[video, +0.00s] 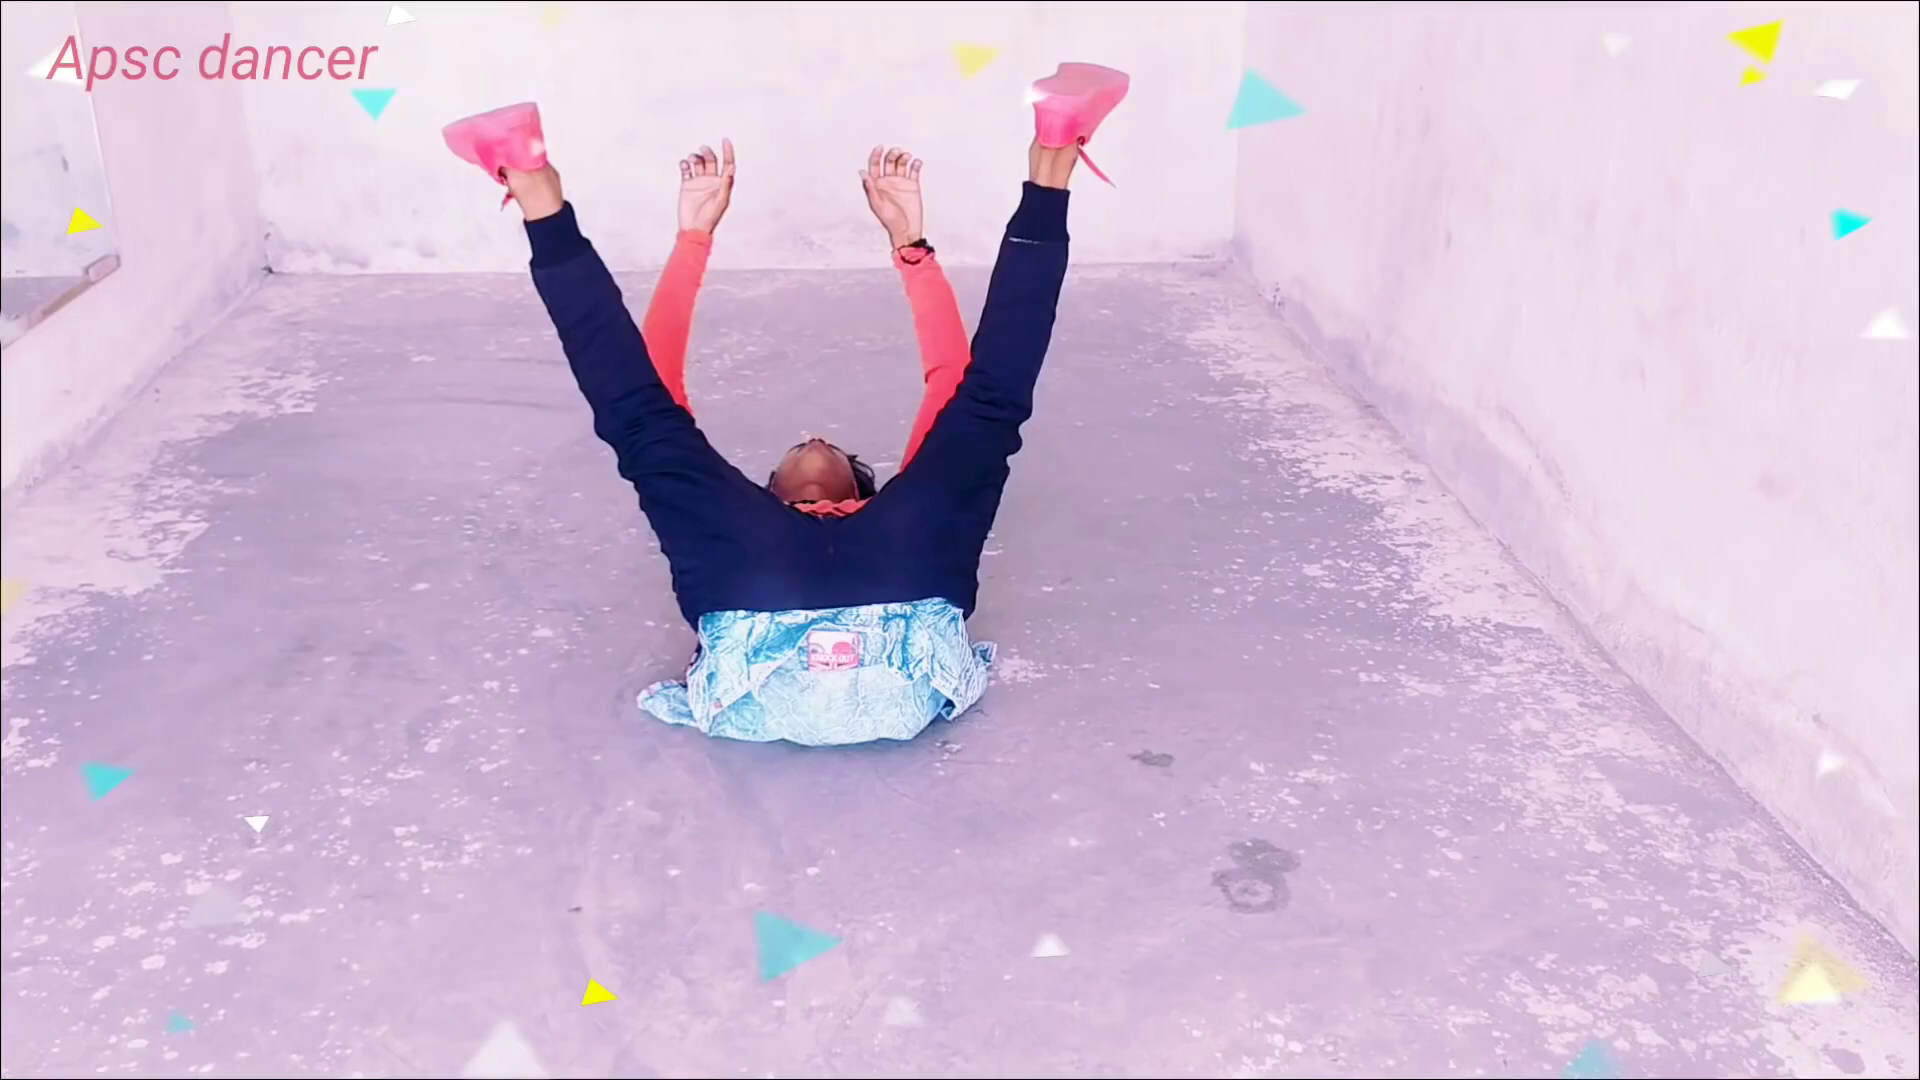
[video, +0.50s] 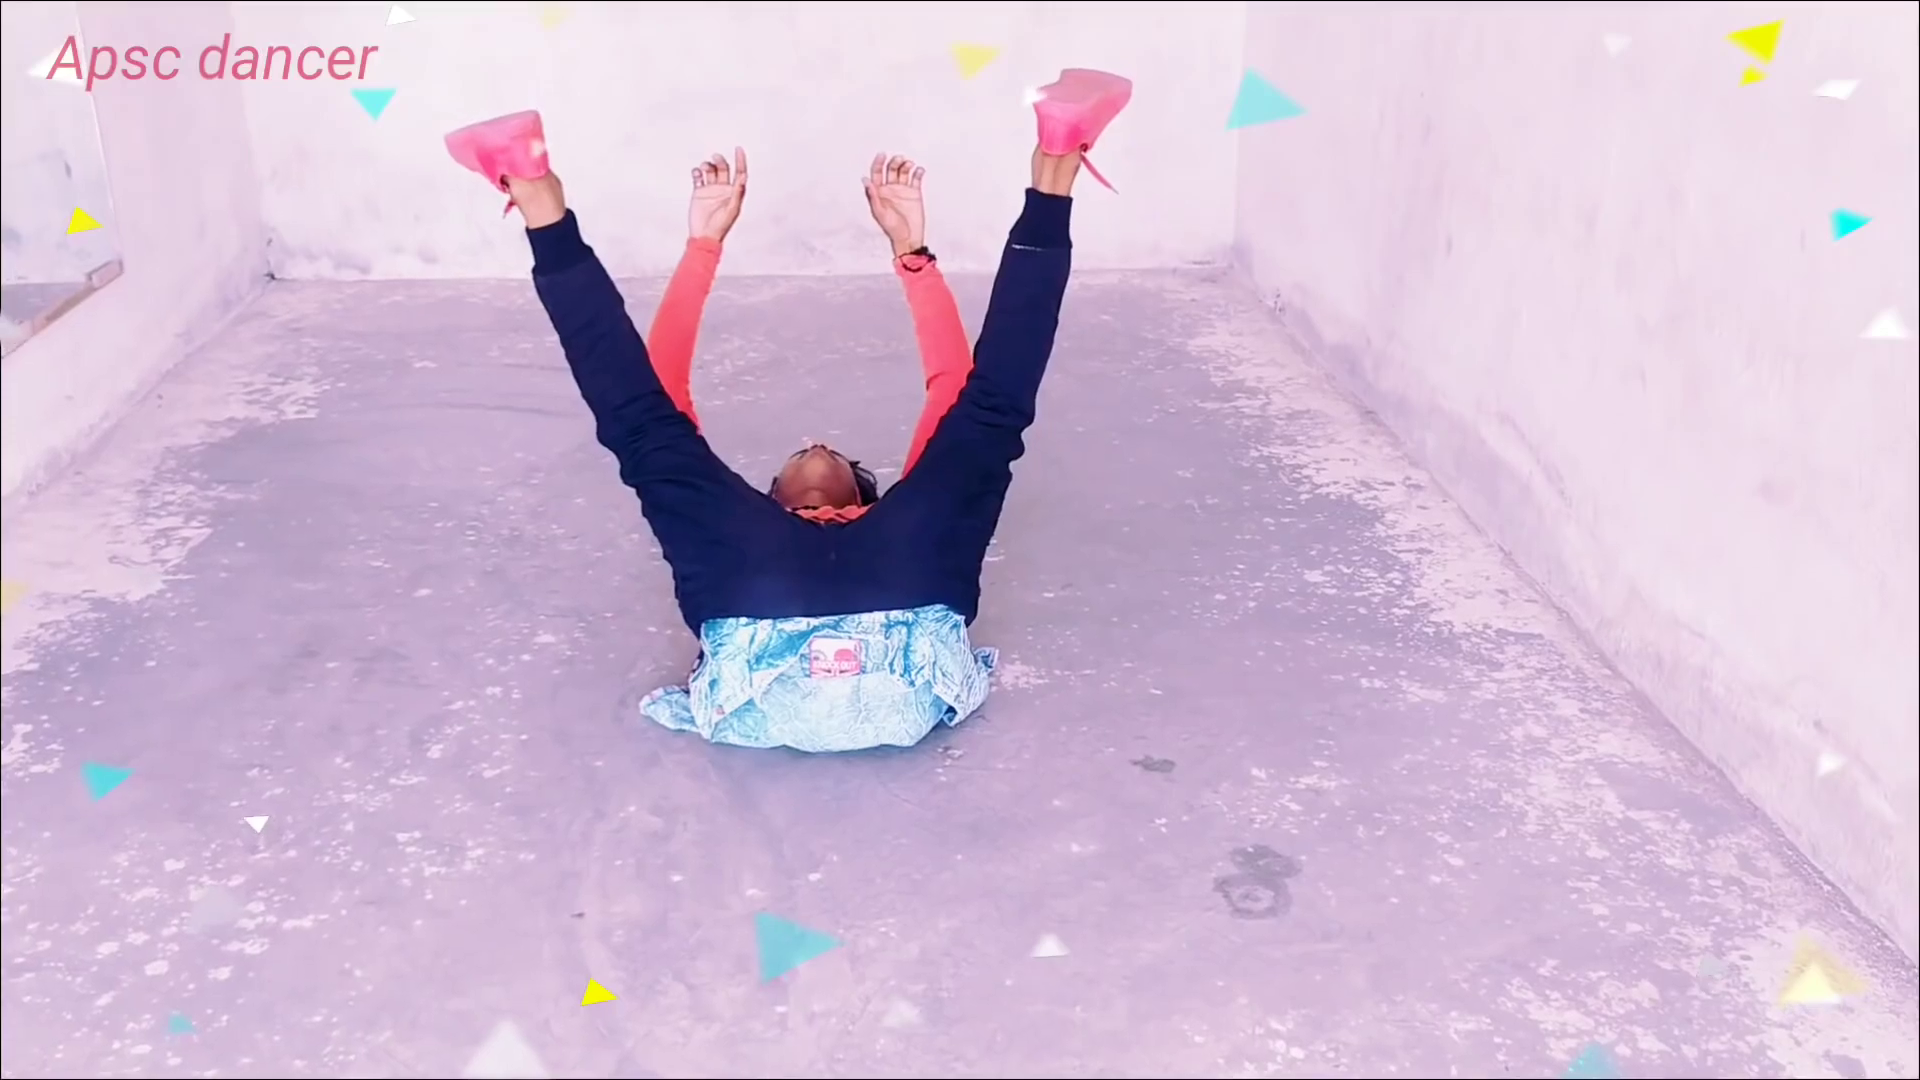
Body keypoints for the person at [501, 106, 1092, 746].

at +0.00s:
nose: (809, 449)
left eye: (827, 453)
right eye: (791, 457)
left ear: (864, 491)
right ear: (767, 497)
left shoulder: (912, 523)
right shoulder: (728, 531)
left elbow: (972, 387)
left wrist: (912, 244)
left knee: (996, 392)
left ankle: (1052, 165)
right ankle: (535, 195)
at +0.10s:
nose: (810, 445)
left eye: (828, 450)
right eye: (793, 455)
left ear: (864, 491)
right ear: (766, 497)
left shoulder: (916, 515)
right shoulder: (727, 527)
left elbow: (965, 384)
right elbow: (642, 395)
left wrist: (914, 246)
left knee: (994, 395)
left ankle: (1055, 161)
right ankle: (532, 186)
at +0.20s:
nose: (811, 447)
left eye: (828, 452)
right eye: (793, 457)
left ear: (865, 491)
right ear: (768, 497)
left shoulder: (914, 520)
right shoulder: (730, 530)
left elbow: (969, 385)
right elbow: (643, 402)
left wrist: (915, 246)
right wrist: (696, 237)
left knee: (998, 393)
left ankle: (1054, 164)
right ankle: (533, 190)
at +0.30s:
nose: (805, 450)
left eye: (825, 455)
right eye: (792, 457)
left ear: (859, 495)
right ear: (773, 502)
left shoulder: (914, 527)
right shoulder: (725, 535)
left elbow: (960, 392)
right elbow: (648, 401)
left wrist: (914, 245)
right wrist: (697, 237)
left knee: (997, 405)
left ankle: (1053, 168)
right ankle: (541, 196)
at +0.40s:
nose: (809, 451)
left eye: (828, 457)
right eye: (793, 458)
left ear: (861, 498)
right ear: (770, 503)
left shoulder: (915, 528)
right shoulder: (725, 535)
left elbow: (966, 395)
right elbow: (644, 405)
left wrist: (914, 246)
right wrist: (700, 237)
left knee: (999, 404)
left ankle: (1052, 167)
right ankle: (538, 194)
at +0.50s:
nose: (808, 452)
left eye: (826, 457)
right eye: (793, 460)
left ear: (861, 498)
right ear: (770, 503)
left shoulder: (917, 526)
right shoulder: (727, 536)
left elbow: (963, 394)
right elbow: (647, 404)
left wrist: (911, 247)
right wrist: (704, 241)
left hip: (914, 618)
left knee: (1002, 401)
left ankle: (1054, 168)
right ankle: (540, 199)